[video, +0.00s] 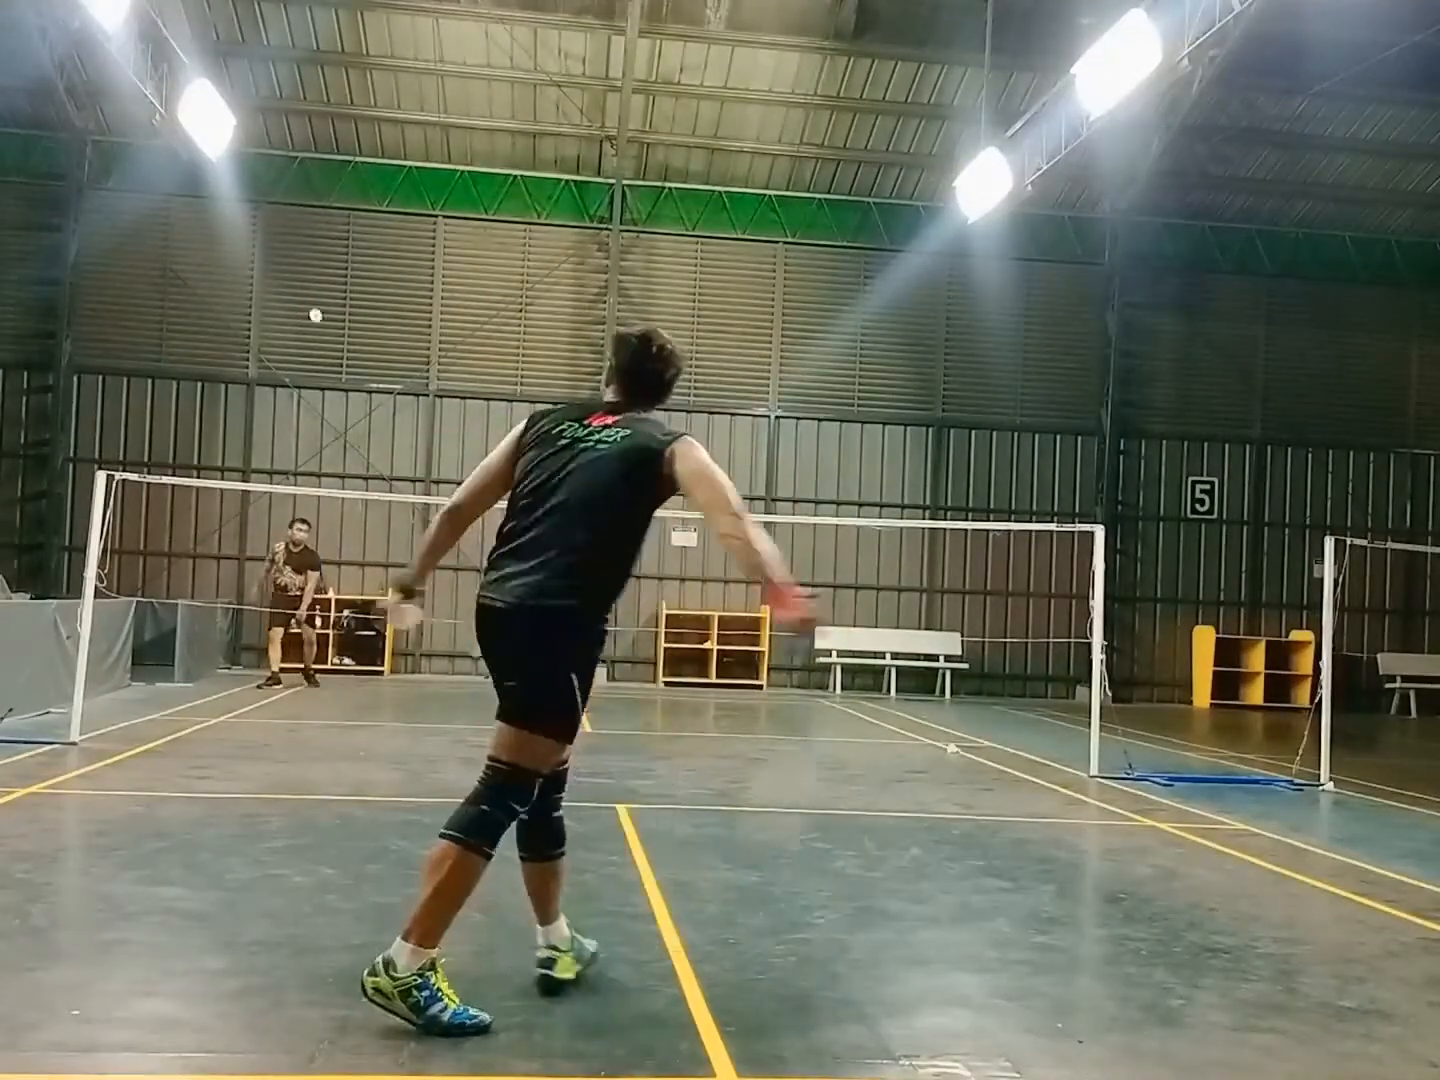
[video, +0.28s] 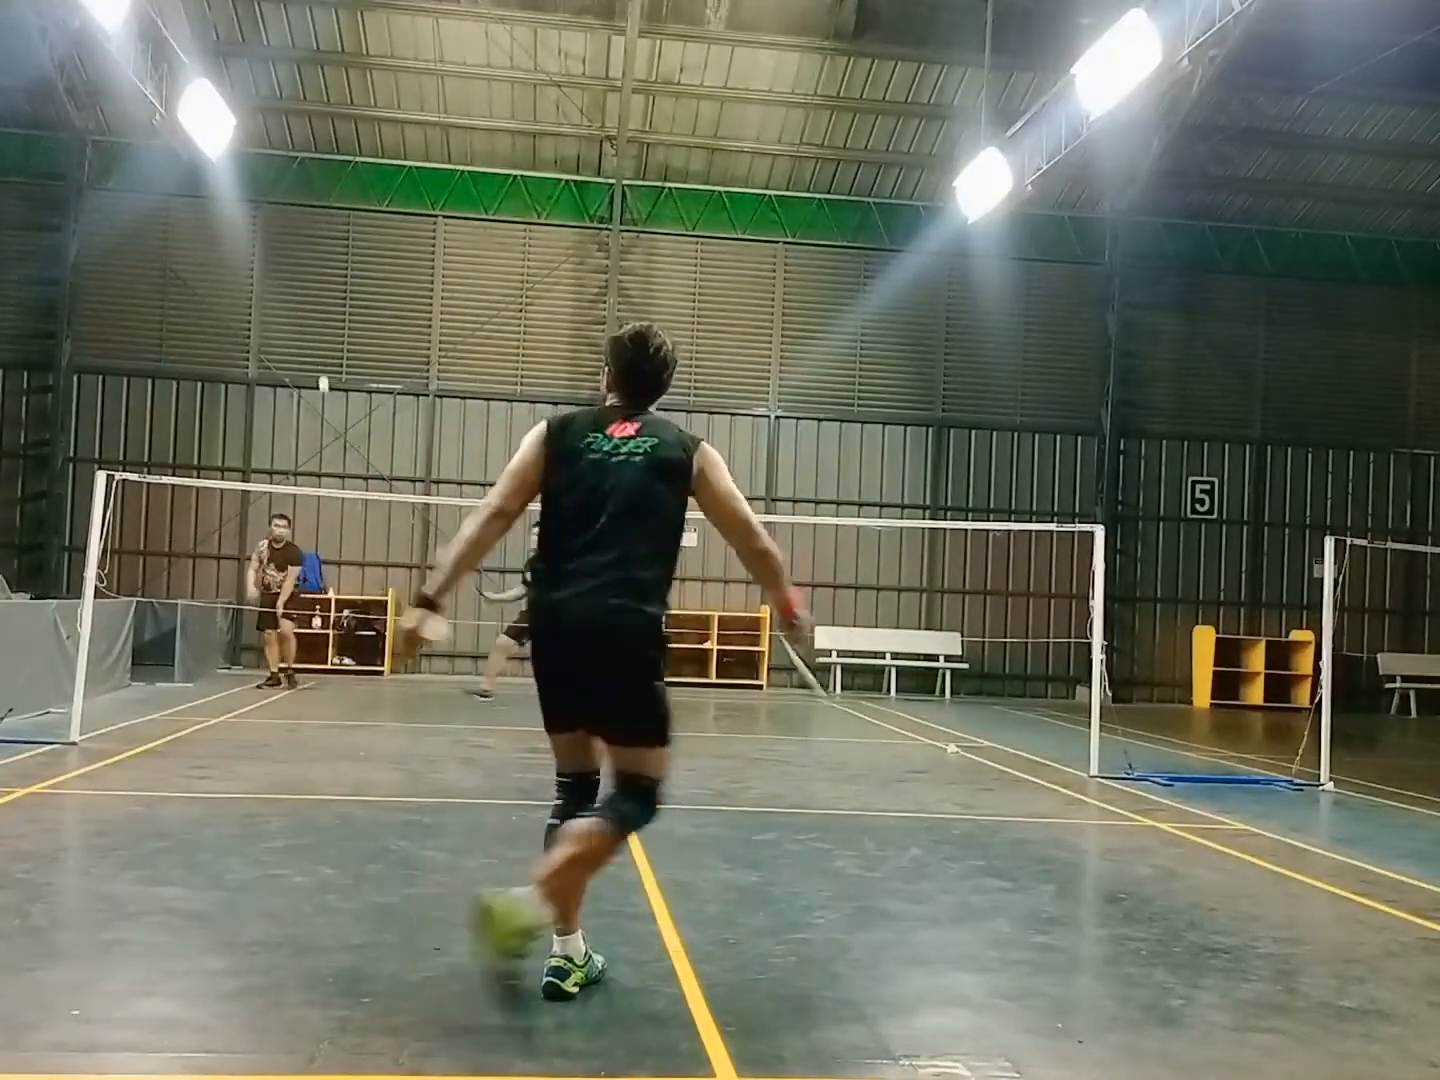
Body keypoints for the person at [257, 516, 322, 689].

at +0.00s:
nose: (301, 534)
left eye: (305, 531)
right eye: (298, 530)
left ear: (308, 535)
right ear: (290, 531)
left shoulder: (312, 556)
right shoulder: (278, 550)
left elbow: (311, 585)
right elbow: (267, 570)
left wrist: (303, 608)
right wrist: (259, 589)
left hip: (302, 597)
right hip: (280, 596)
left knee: (309, 636)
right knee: (274, 634)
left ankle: (308, 670)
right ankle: (274, 674)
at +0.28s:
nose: (280, 530)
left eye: (284, 527)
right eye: (276, 526)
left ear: (289, 530)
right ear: (270, 528)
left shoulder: (294, 552)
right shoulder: (262, 547)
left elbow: (291, 580)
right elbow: (253, 568)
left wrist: (280, 602)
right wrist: (251, 588)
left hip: (287, 594)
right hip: (267, 594)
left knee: (286, 630)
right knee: (269, 634)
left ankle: (289, 670)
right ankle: (274, 673)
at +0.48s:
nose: (263, 532)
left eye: (268, 528)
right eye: (260, 528)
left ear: (275, 531)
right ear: (256, 529)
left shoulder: (279, 552)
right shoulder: (256, 549)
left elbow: (274, 581)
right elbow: (250, 568)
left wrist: (264, 601)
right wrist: (253, 580)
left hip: (275, 593)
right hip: (260, 591)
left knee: (269, 635)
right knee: (249, 634)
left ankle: (269, 676)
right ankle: (271, 666)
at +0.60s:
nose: (252, 531)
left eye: (257, 527)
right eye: (249, 527)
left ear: (266, 529)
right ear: (247, 528)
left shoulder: (269, 551)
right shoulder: (253, 549)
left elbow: (264, 581)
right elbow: (245, 570)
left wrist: (256, 602)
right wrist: (246, 585)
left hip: (269, 596)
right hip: (255, 593)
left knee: (265, 634)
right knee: (232, 625)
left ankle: (268, 676)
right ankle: (247, 661)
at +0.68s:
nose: (246, 530)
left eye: (251, 527)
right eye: (243, 526)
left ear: (259, 529)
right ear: (240, 528)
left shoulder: (262, 550)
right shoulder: (245, 547)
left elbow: (259, 578)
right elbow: (242, 568)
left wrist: (251, 601)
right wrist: (239, 582)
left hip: (265, 592)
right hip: (249, 590)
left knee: (264, 635)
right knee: (229, 626)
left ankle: (267, 675)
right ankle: (230, 669)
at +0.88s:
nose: (230, 531)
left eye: (234, 528)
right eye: (227, 527)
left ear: (243, 530)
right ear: (224, 529)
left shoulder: (245, 550)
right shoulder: (231, 548)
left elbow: (241, 578)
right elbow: (228, 569)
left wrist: (231, 601)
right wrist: (220, 580)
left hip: (244, 594)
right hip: (229, 591)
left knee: (242, 635)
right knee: (215, 633)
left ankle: (261, 672)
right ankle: (214, 673)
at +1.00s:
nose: (222, 529)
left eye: (227, 525)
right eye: (220, 524)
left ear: (236, 528)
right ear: (216, 527)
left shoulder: (236, 550)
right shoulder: (221, 546)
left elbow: (230, 577)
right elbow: (214, 567)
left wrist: (220, 600)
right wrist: (208, 583)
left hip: (237, 589)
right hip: (221, 588)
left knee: (227, 623)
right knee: (212, 631)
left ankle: (239, 662)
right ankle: (214, 673)